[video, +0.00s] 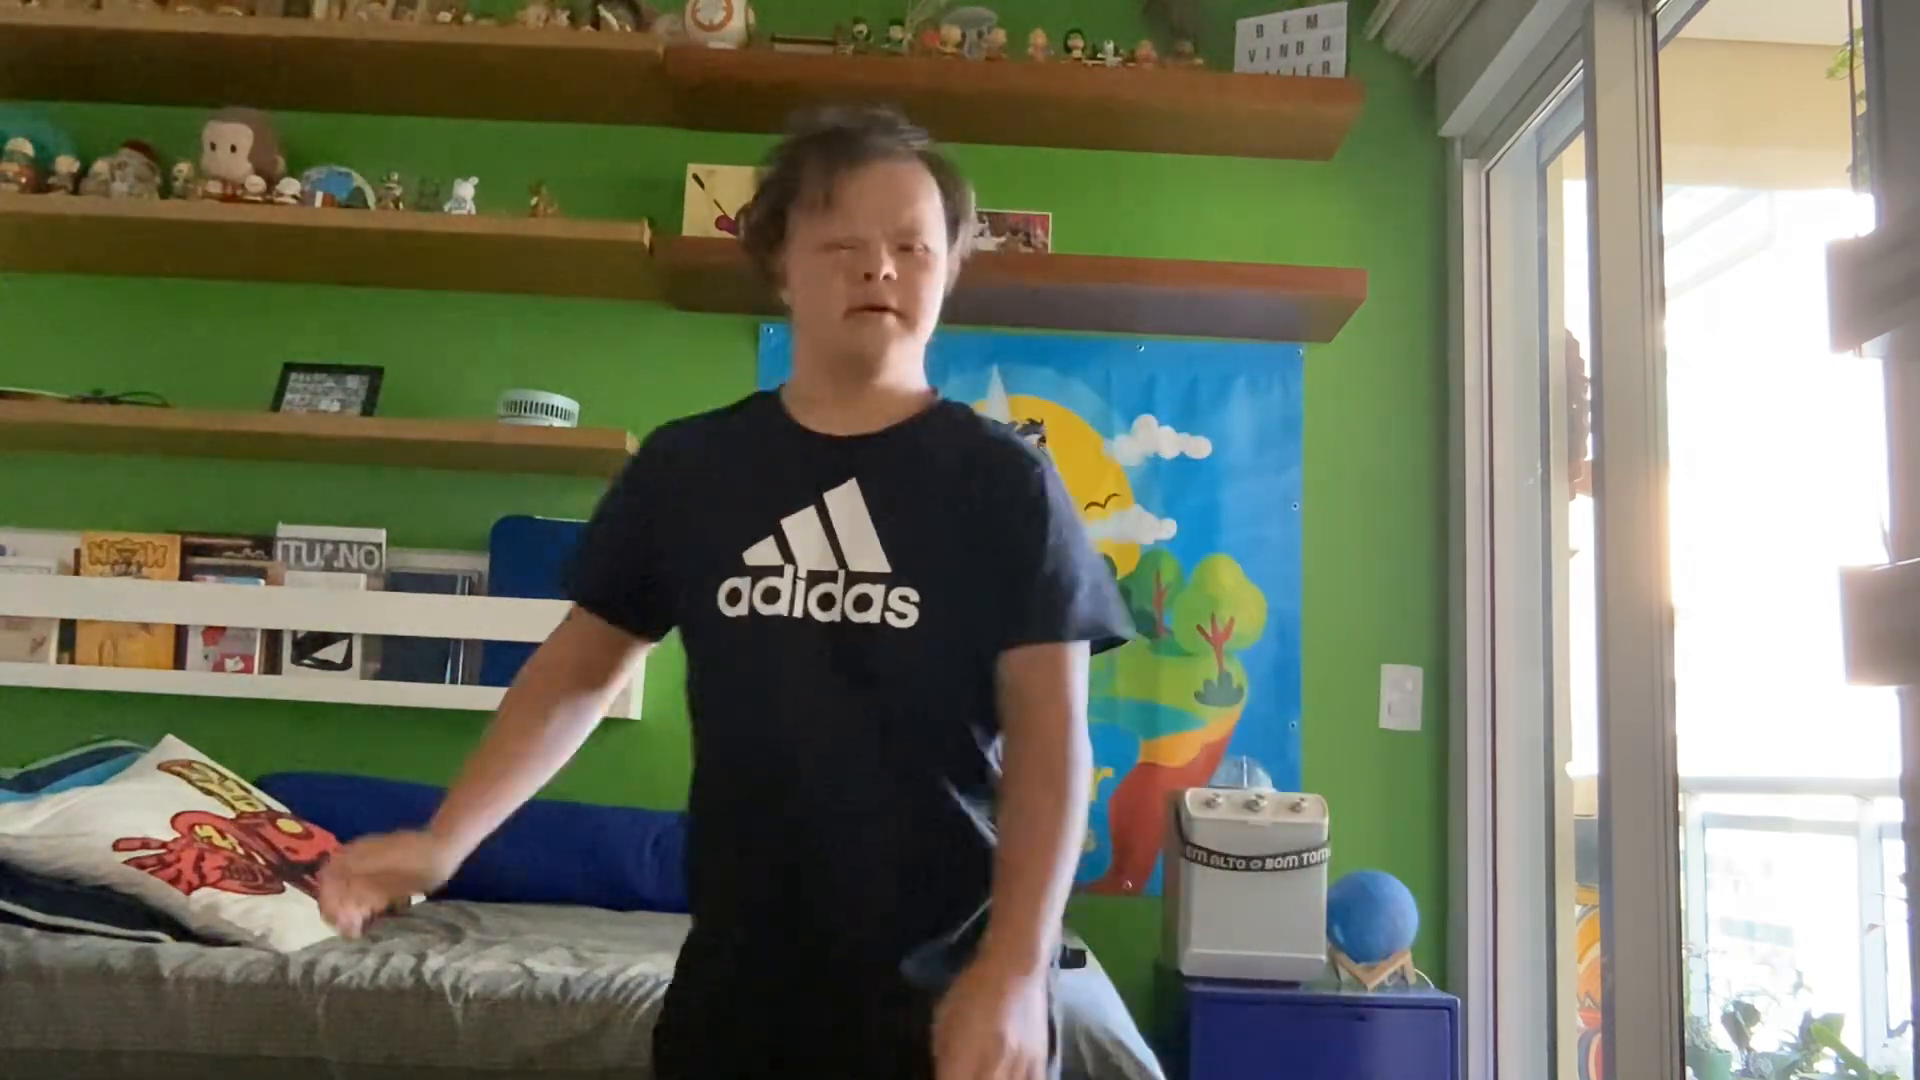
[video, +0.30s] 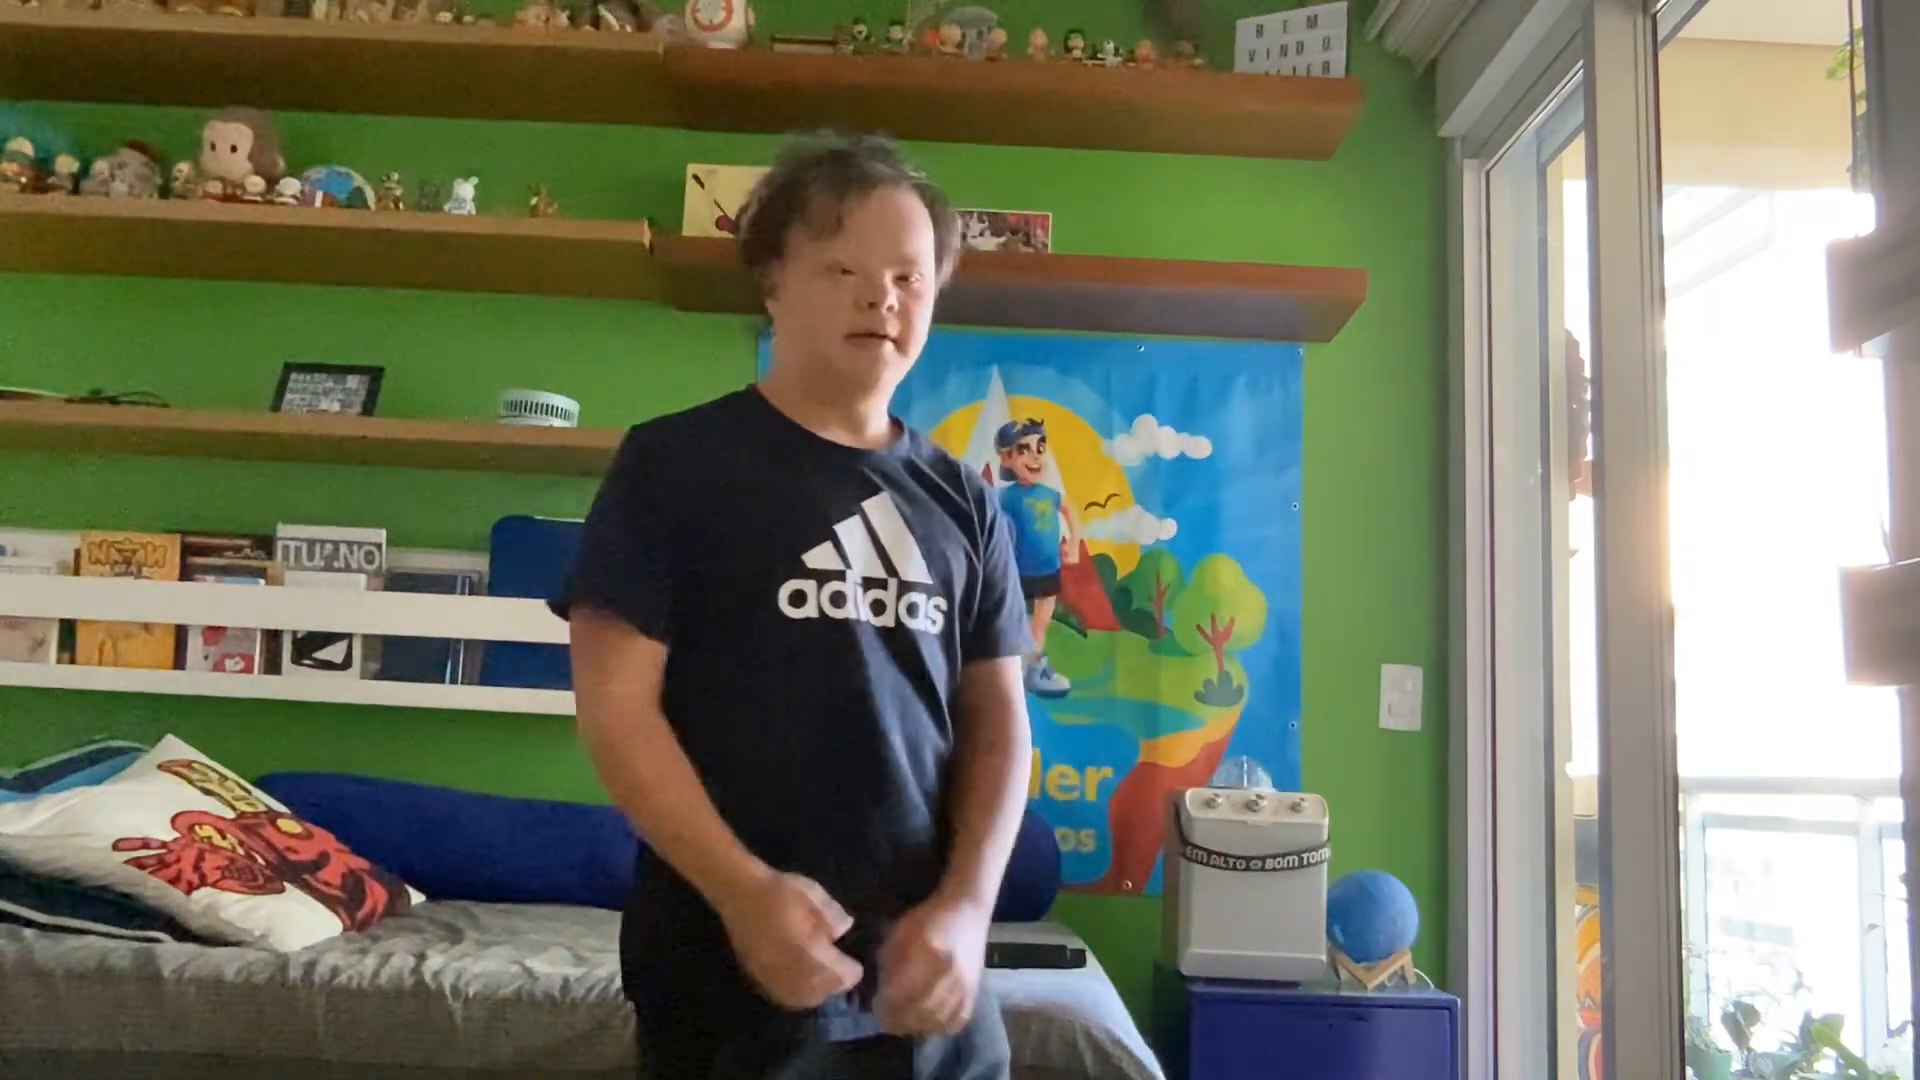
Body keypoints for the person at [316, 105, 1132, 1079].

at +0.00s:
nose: (878, 269)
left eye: (909, 243)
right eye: (842, 242)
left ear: (949, 271)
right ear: (780, 261)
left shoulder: (1003, 478)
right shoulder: (687, 468)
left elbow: (1048, 737)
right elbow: (576, 674)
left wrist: (1013, 969)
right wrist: (443, 842)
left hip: (953, 971)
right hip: (751, 965)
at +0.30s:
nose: (880, 299)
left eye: (905, 275)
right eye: (841, 270)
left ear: (932, 303)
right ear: (773, 282)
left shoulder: (961, 503)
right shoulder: (671, 465)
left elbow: (996, 721)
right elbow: (614, 706)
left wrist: (966, 903)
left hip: (928, 977)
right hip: (734, 976)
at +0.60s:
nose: (958, 340)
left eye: (986, 318)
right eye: (924, 310)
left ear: (1015, 341)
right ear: (859, 316)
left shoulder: (1035, 531)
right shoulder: (774, 463)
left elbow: (1067, 740)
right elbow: (695, 636)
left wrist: (1101, 935)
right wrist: (853, 732)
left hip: (995, 990)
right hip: (795, 983)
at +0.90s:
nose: (1100, 360)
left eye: (1127, 335)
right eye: (1065, 336)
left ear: (1163, 352)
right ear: (1013, 352)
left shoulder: (1210, 537)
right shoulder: (928, 507)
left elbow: (1267, 673)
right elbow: (860, 673)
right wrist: (961, 717)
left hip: (1110, 989)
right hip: (907, 974)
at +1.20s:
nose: (1081, 390)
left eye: (1107, 365)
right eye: (1048, 366)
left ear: (1143, 380)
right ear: (998, 379)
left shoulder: (1161, 514)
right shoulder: (928, 527)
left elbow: (1177, 532)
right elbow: (815, 662)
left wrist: (1151, 503)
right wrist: (950, 605)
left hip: (1101, 974)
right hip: (916, 968)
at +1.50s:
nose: (1008, 378)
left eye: (1037, 354)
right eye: (975, 355)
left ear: (1075, 370)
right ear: (928, 370)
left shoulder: (1081, 483)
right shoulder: (868, 520)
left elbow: (1088, 521)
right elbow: (734, 632)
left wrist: (1059, 568)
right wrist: (875, 596)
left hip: (1015, 969)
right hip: (823, 956)